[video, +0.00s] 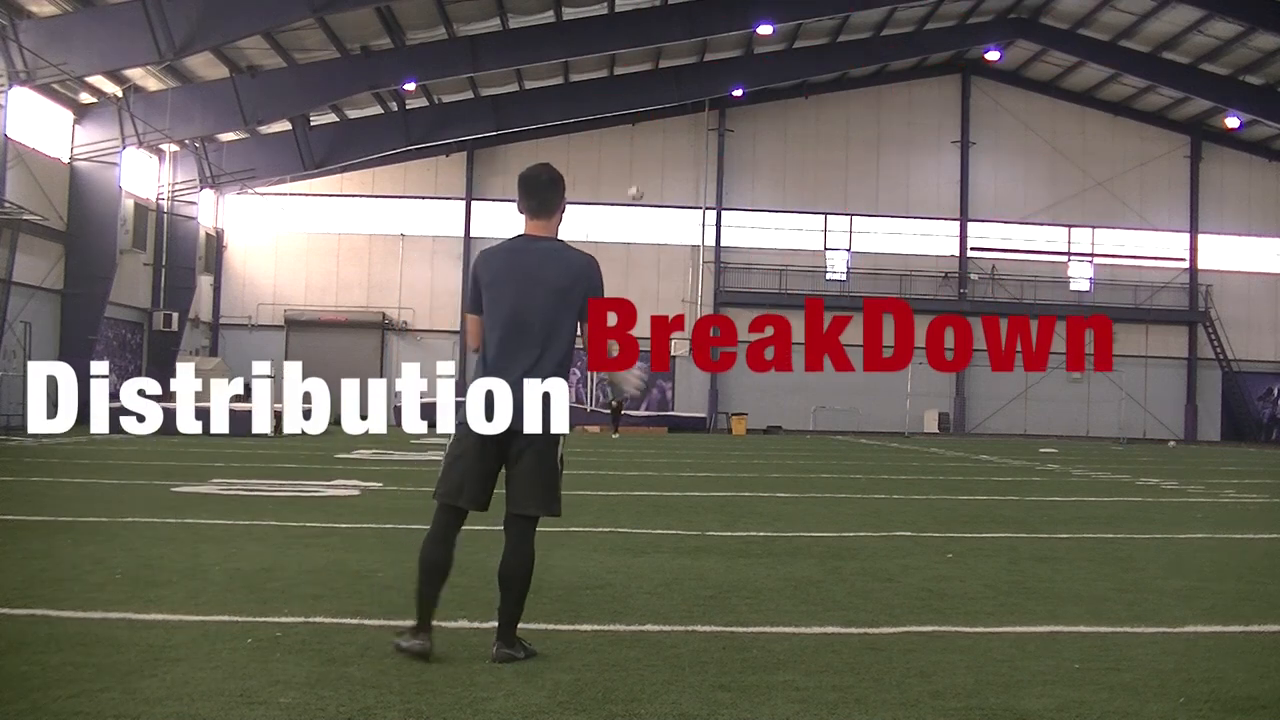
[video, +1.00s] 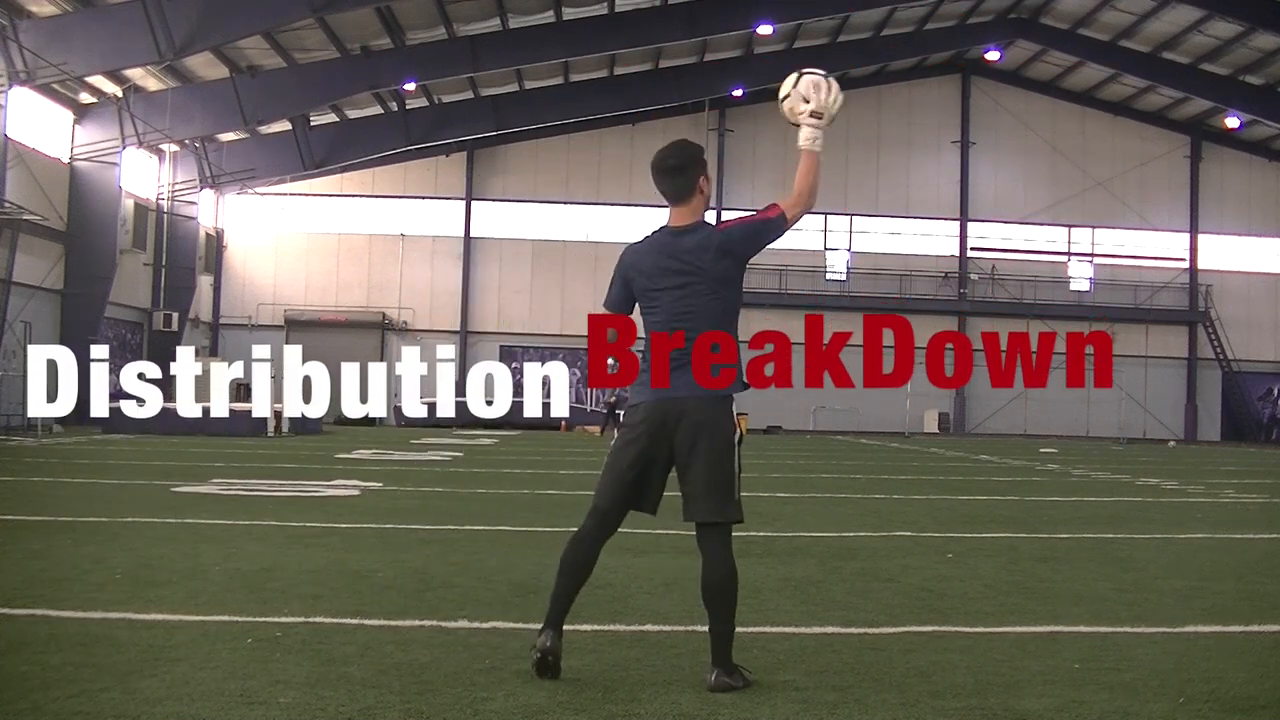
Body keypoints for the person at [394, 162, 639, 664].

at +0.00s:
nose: (563, 209)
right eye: (565, 201)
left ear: (520, 205)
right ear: (563, 205)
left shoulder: (487, 261)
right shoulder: (582, 267)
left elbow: (473, 340)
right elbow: (598, 343)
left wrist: (516, 326)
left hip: (484, 407)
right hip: (541, 413)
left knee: (447, 518)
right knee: (521, 529)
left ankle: (421, 629)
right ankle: (506, 639)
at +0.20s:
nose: (570, 210)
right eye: (575, 201)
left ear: (533, 207)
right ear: (578, 206)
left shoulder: (505, 259)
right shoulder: (595, 266)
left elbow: (496, 326)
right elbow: (613, 339)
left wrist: (548, 325)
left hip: (501, 413)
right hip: (556, 420)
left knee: (495, 529)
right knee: (533, 534)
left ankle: (481, 647)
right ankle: (510, 638)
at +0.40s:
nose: (601, 207)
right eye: (603, 200)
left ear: (557, 205)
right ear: (601, 204)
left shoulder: (528, 261)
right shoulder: (616, 262)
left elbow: (535, 323)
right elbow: (644, 326)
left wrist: (603, 325)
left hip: (530, 416)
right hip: (590, 421)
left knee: (508, 534)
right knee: (621, 523)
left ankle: (484, 652)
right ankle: (586, 634)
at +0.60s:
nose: (646, 211)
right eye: (652, 203)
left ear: (607, 209)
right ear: (652, 207)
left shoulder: (579, 269)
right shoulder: (670, 271)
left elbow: (567, 344)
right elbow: (728, 310)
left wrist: (617, 321)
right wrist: (720, 273)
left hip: (583, 432)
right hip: (644, 434)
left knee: (537, 543)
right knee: (682, 548)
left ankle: (492, 650)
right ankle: (716, 665)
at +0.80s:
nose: (692, 191)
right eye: (695, 184)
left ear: (648, 192)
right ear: (695, 189)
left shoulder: (622, 255)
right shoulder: (717, 241)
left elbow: (602, 329)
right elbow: (775, 220)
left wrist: (604, 400)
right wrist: (771, 171)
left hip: (623, 410)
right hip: (685, 412)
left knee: (577, 521)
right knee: (700, 537)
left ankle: (533, 633)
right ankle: (718, 663)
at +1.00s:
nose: (711, 183)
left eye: (703, 177)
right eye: (709, 177)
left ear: (661, 190)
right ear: (703, 185)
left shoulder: (636, 255)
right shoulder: (727, 242)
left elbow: (610, 330)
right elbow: (797, 203)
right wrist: (811, 134)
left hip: (648, 403)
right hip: (707, 406)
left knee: (599, 520)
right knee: (715, 536)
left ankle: (550, 631)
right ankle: (721, 665)